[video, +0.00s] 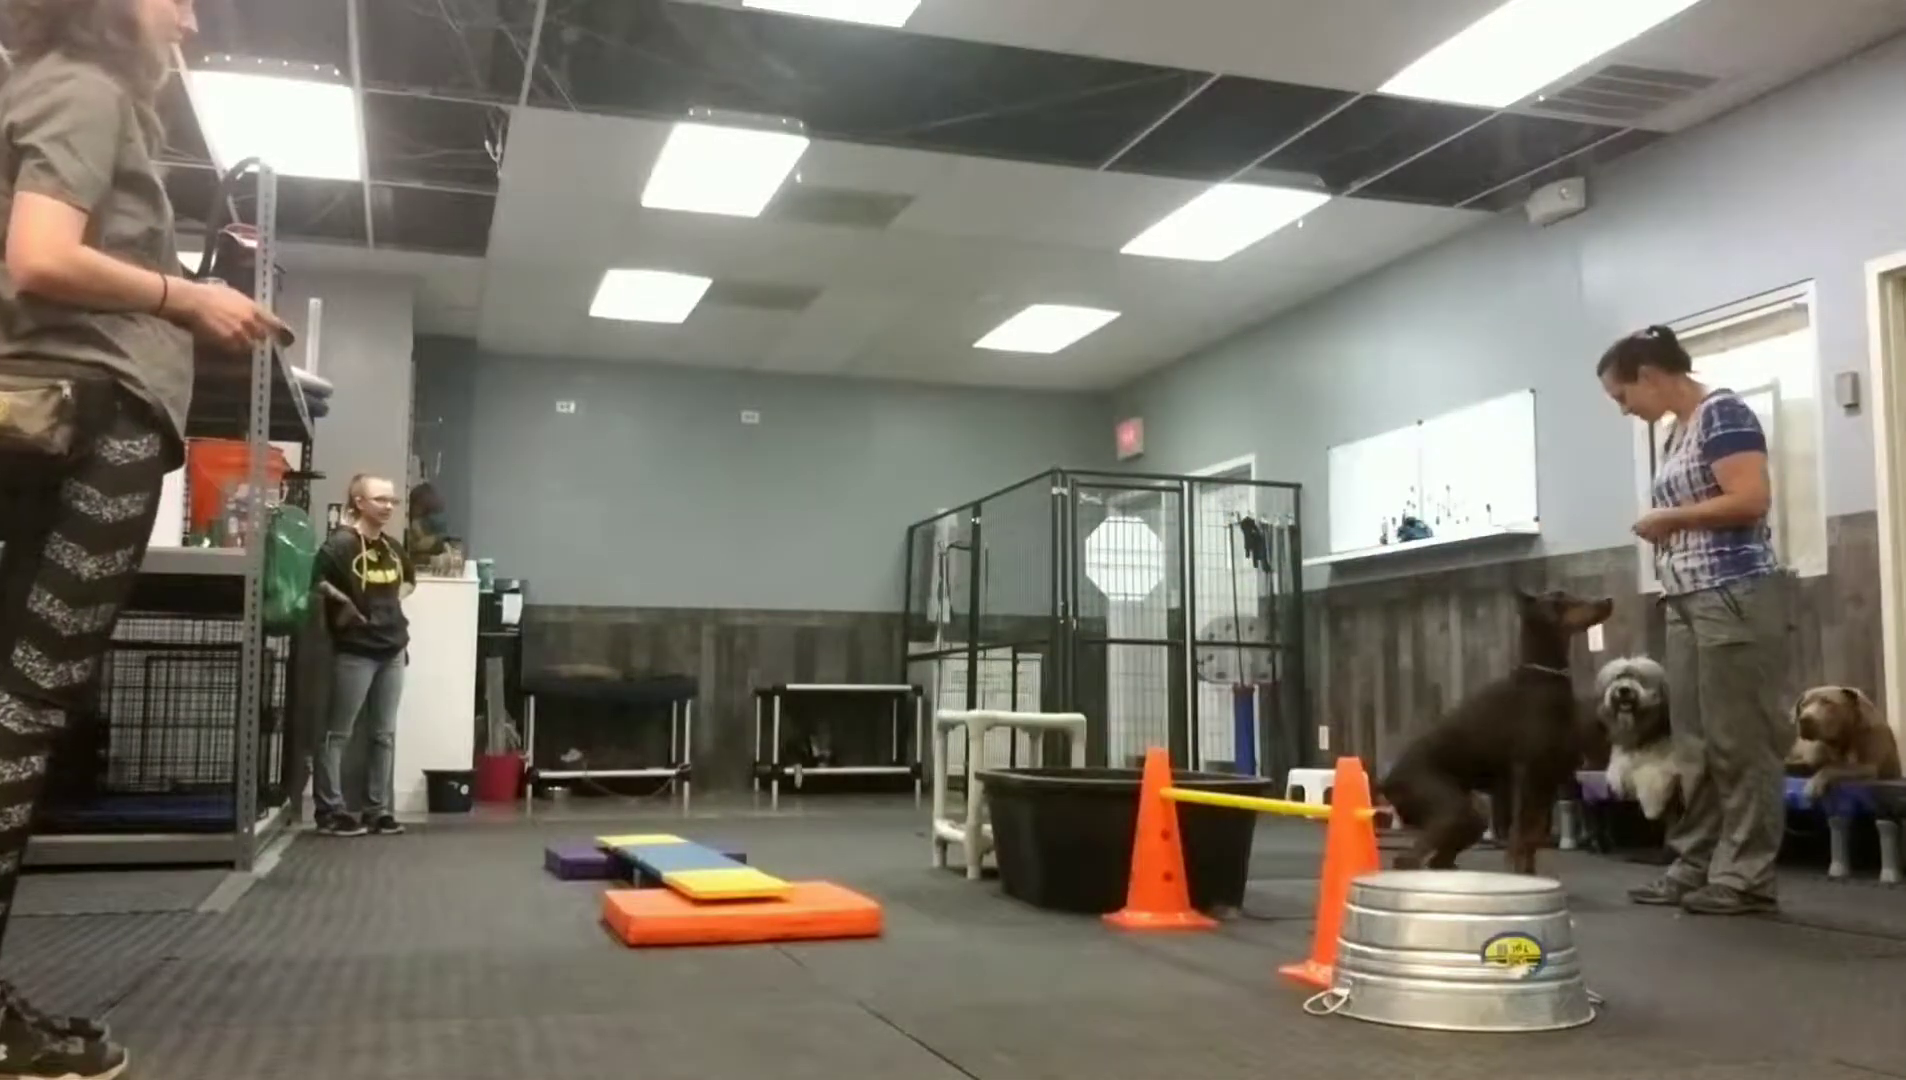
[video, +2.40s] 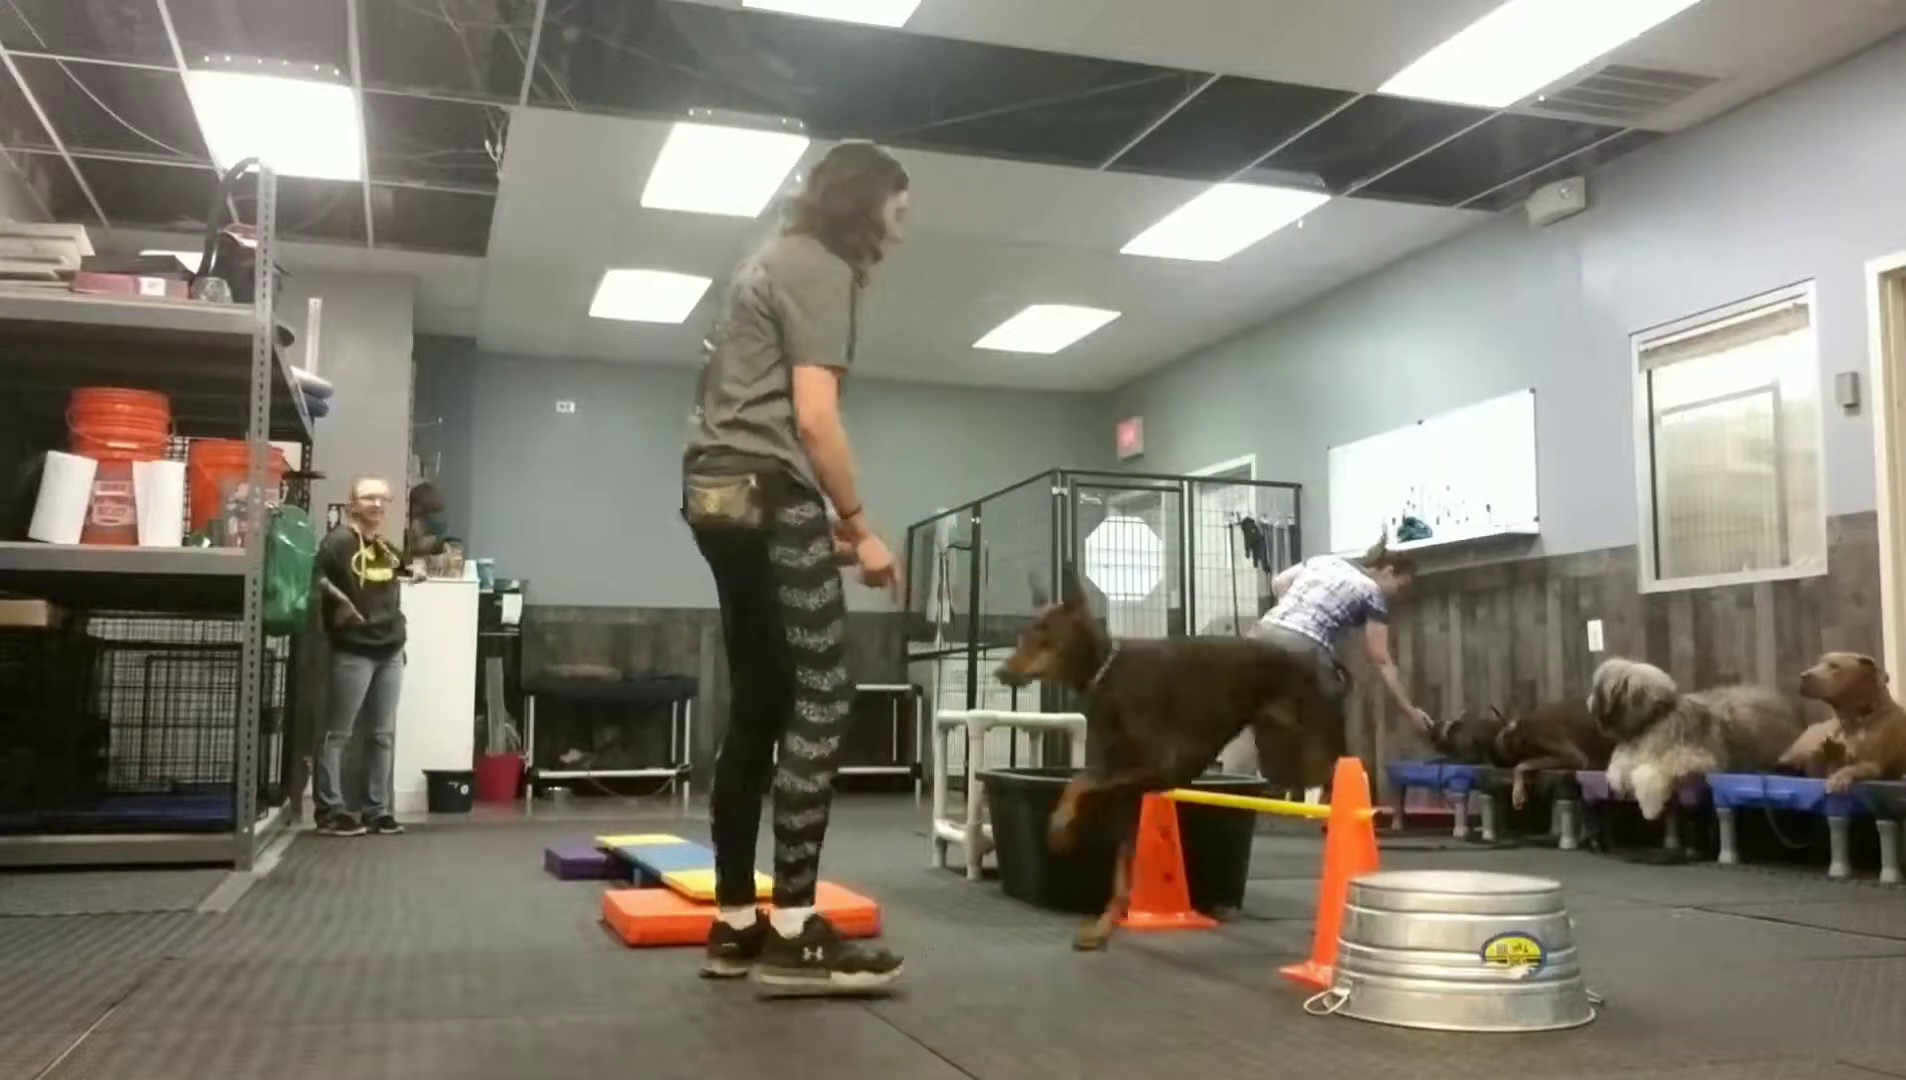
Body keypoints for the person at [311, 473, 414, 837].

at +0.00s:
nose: (388, 507)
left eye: (392, 500)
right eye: (380, 500)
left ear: (393, 505)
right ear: (358, 502)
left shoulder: (391, 546)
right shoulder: (339, 546)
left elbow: (407, 582)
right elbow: (316, 588)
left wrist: (391, 619)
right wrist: (347, 611)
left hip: (392, 649)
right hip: (355, 650)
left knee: (384, 735)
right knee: (339, 734)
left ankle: (378, 811)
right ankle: (330, 811)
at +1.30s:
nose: (385, 503)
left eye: (388, 497)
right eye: (376, 496)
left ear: (393, 503)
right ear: (356, 503)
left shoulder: (392, 548)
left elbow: (403, 595)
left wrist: (390, 622)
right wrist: (373, 627)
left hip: (389, 652)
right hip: (352, 651)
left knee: (382, 735)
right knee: (338, 733)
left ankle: (376, 808)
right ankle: (330, 809)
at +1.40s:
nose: (382, 505)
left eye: (385, 500)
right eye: (374, 499)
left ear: (388, 505)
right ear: (356, 503)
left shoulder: (386, 549)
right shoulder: (340, 541)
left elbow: (413, 582)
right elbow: (322, 580)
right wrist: (345, 604)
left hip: (389, 649)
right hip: (354, 648)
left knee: (382, 734)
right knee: (339, 733)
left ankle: (377, 809)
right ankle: (330, 810)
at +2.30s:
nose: (378, 512)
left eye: (384, 506)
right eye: (371, 505)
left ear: (389, 509)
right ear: (352, 507)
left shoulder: (388, 550)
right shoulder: (337, 543)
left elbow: (425, 563)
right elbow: (317, 579)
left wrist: (407, 538)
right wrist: (340, 600)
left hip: (390, 649)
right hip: (354, 648)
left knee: (383, 734)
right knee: (340, 734)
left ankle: (377, 810)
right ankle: (330, 810)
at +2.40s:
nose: (377, 505)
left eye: (382, 500)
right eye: (369, 499)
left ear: (389, 506)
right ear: (353, 504)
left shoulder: (387, 550)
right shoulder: (337, 545)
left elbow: (391, 597)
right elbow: (320, 591)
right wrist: (348, 618)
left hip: (390, 649)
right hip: (353, 649)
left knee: (382, 735)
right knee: (338, 734)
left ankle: (377, 811)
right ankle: (329, 810)